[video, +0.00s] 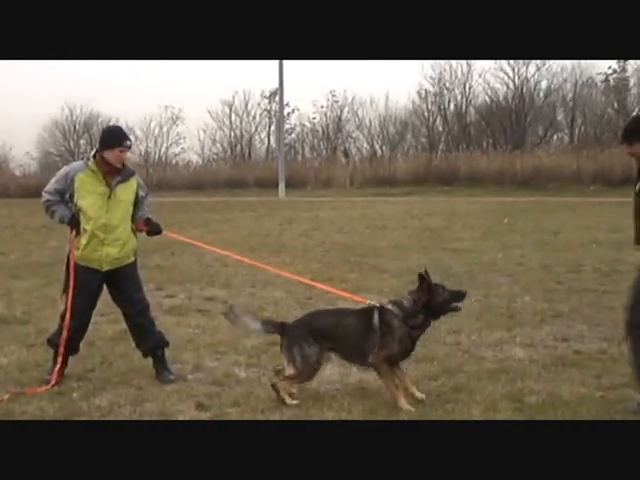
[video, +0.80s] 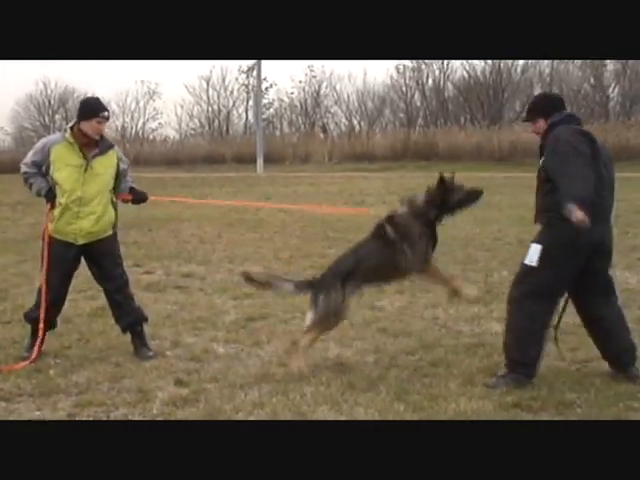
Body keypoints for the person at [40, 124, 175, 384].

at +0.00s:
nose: (125, 155)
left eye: (126, 150)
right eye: (120, 150)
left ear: (124, 151)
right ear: (104, 150)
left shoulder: (132, 179)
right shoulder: (75, 173)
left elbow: (140, 208)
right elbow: (50, 198)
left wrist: (144, 223)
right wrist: (69, 217)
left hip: (122, 259)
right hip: (86, 260)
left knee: (139, 311)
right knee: (76, 317)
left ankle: (160, 363)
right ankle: (58, 364)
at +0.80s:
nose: (103, 127)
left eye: (105, 122)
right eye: (99, 121)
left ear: (104, 123)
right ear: (82, 121)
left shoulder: (111, 151)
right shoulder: (52, 146)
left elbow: (121, 183)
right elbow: (29, 169)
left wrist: (130, 193)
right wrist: (45, 189)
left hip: (101, 233)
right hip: (63, 234)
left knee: (118, 286)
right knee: (52, 291)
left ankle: (139, 339)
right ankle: (35, 340)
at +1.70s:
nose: (78, 117)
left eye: (81, 112)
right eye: (74, 111)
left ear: (80, 114)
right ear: (57, 111)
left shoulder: (89, 143)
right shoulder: (27, 136)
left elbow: (98, 174)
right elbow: (6, 160)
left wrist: (104, 185)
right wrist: (20, 180)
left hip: (76, 225)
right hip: (37, 226)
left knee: (90, 279)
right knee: (25, 282)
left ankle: (110, 333)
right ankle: (6, 333)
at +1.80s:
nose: (78, 115)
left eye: (80, 109)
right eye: (73, 109)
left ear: (79, 112)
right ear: (56, 109)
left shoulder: (87, 141)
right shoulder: (26, 135)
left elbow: (96, 171)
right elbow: (4, 160)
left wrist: (98, 183)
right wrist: (20, 180)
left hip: (76, 224)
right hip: (38, 225)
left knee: (89, 278)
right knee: (24, 283)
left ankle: (109, 333)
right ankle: (4, 331)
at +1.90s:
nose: (73, 116)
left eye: (76, 111)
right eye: (68, 111)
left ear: (77, 113)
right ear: (52, 111)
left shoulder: (83, 142)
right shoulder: (22, 136)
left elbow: (92, 172)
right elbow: (2, 164)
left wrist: (96, 184)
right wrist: (16, 181)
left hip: (74, 227)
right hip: (35, 227)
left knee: (88, 280)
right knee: (22, 284)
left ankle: (107, 334)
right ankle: (2, 329)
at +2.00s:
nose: (66, 118)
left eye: (68, 113)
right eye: (61, 113)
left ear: (70, 115)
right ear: (44, 114)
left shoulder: (77, 147)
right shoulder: (15, 140)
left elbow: (87, 176)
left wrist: (91, 189)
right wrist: (12, 187)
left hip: (68, 229)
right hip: (29, 229)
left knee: (83, 282)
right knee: (21, 285)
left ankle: (106, 336)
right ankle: (5, 342)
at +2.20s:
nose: (59, 120)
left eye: (62, 115)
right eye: (53, 115)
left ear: (64, 117)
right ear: (38, 116)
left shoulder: (73, 146)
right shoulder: (11, 145)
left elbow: (87, 173)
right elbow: (2, 177)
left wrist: (92, 189)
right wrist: (11, 191)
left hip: (69, 229)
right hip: (28, 232)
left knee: (86, 281)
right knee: (17, 289)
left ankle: (108, 341)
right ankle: (4, 346)